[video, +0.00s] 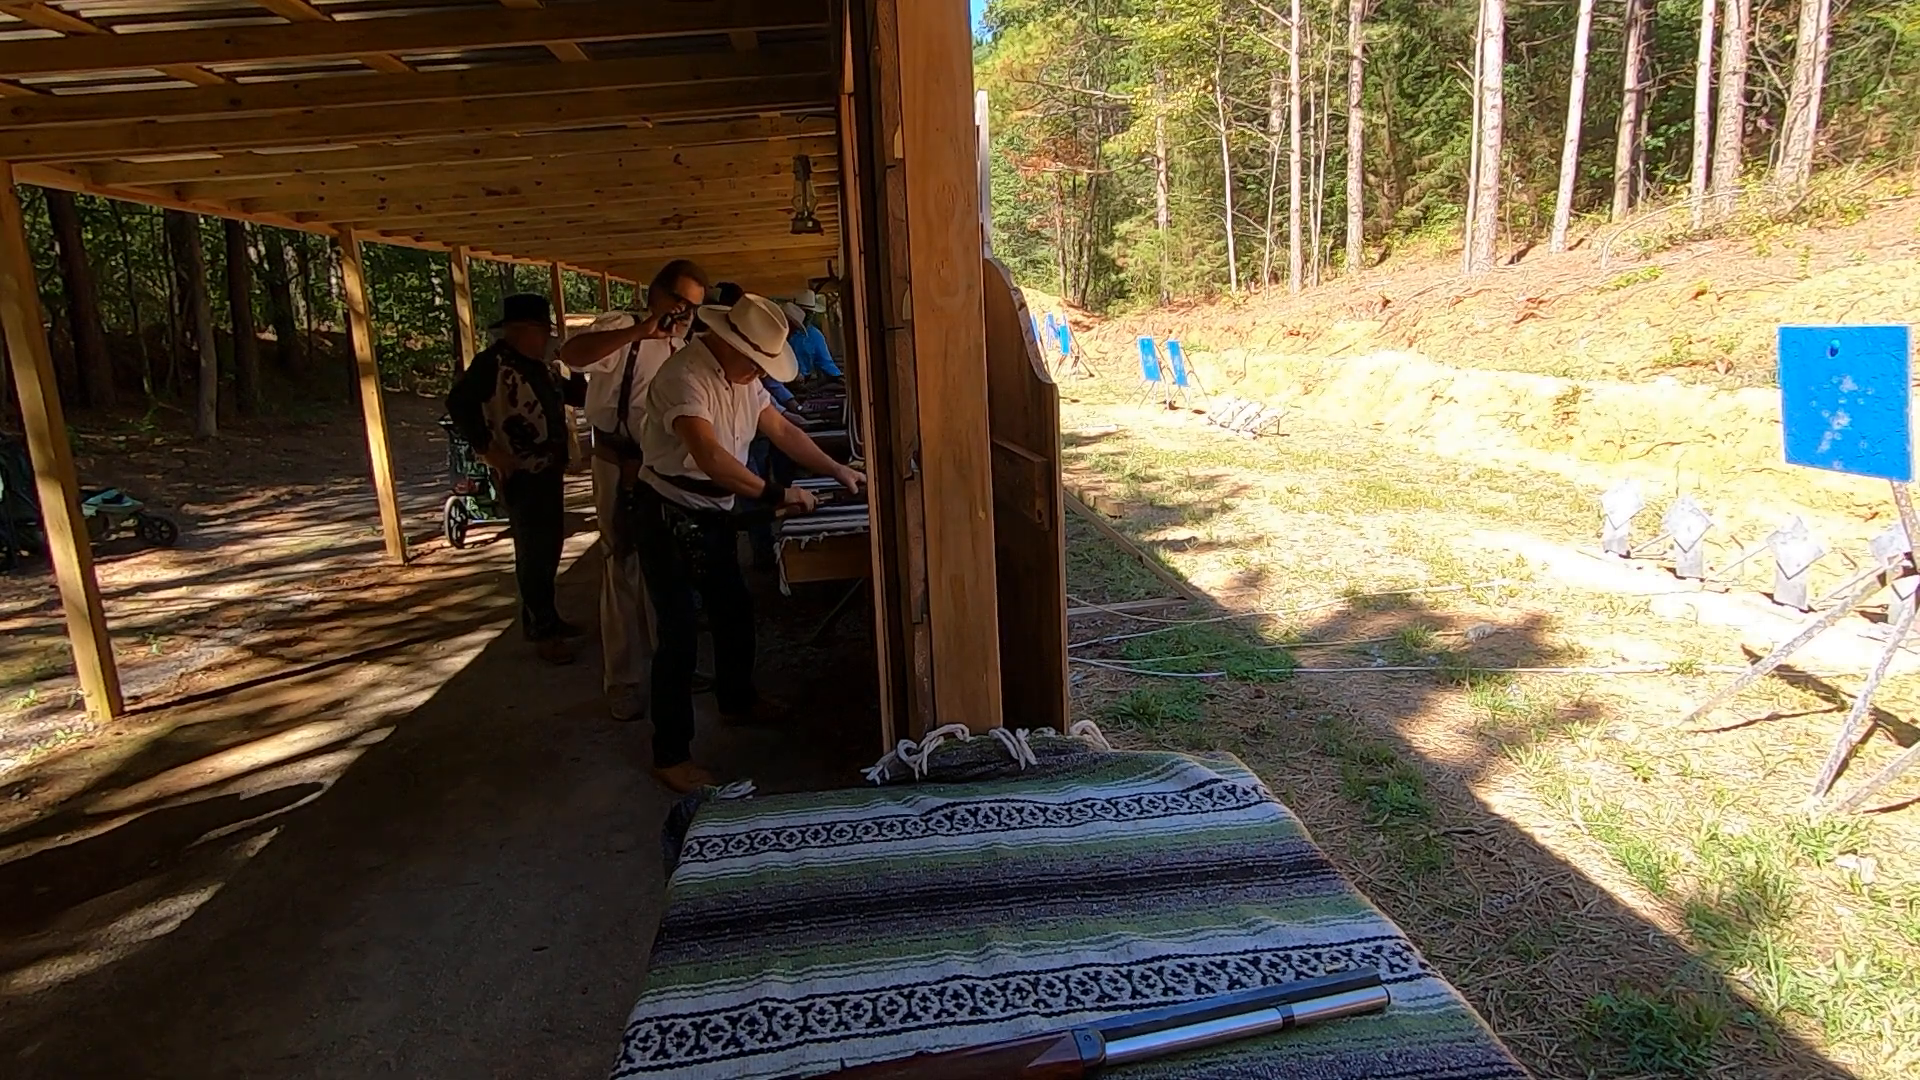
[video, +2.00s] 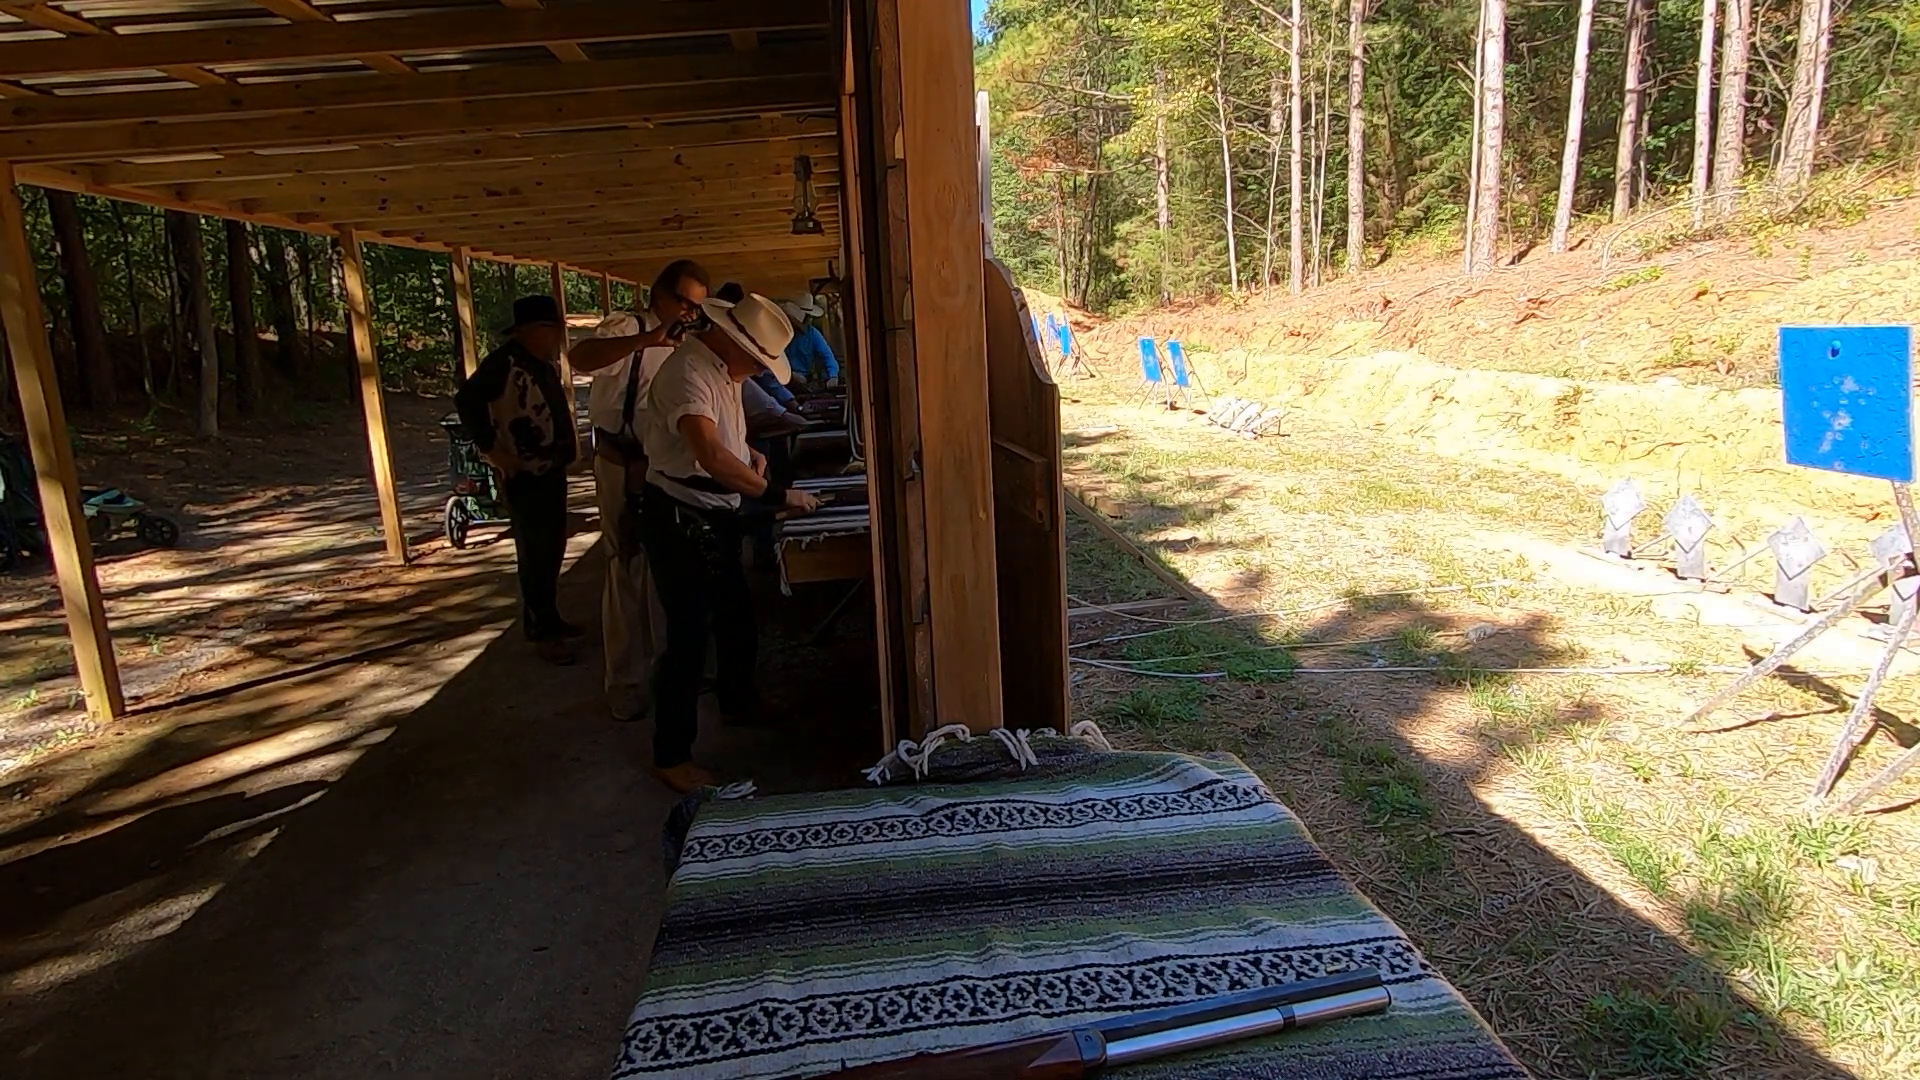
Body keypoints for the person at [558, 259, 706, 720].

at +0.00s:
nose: (683, 312)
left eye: (693, 306)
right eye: (676, 300)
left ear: (701, 309)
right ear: (655, 293)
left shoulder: (692, 349)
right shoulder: (623, 330)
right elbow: (571, 354)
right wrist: (637, 333)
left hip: (672, 464)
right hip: (617, 464)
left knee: (671, 570)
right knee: (623, 572)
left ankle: (676, 669)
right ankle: (624, 684)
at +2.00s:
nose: (687, 313)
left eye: (696, 307)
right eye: (681, 302)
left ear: (702, 311)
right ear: (657, 296)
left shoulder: (694, 348)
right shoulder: (626, 328)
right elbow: (579, 358)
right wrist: (649, 339)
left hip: (675, 467)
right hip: (621, 467)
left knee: (672, 571)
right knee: (626, 573)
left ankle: (677, 672)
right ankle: (625, 685)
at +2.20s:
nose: (688, 313)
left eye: (697, 307)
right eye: (682, 303)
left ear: (702, 309)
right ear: (659, 296)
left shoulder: (692, 348)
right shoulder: (627, 328)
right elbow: (579, 358)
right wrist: (648, 339)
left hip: (672, 464)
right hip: (620, 464)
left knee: (672, 569)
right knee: (626, 571)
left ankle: (675, 671)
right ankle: (624, 684)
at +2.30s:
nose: (687, 313)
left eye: (696, 307)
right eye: (681, 302)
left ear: (701, 310)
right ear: (659, 295)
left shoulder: (691, 348)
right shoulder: (627, 328)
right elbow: (579, 357)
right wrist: (648, 339)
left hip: (671, 464)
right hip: (619, 463)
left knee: (671, 568)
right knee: (626, 571)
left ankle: (674, 671)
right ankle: (624, 684)